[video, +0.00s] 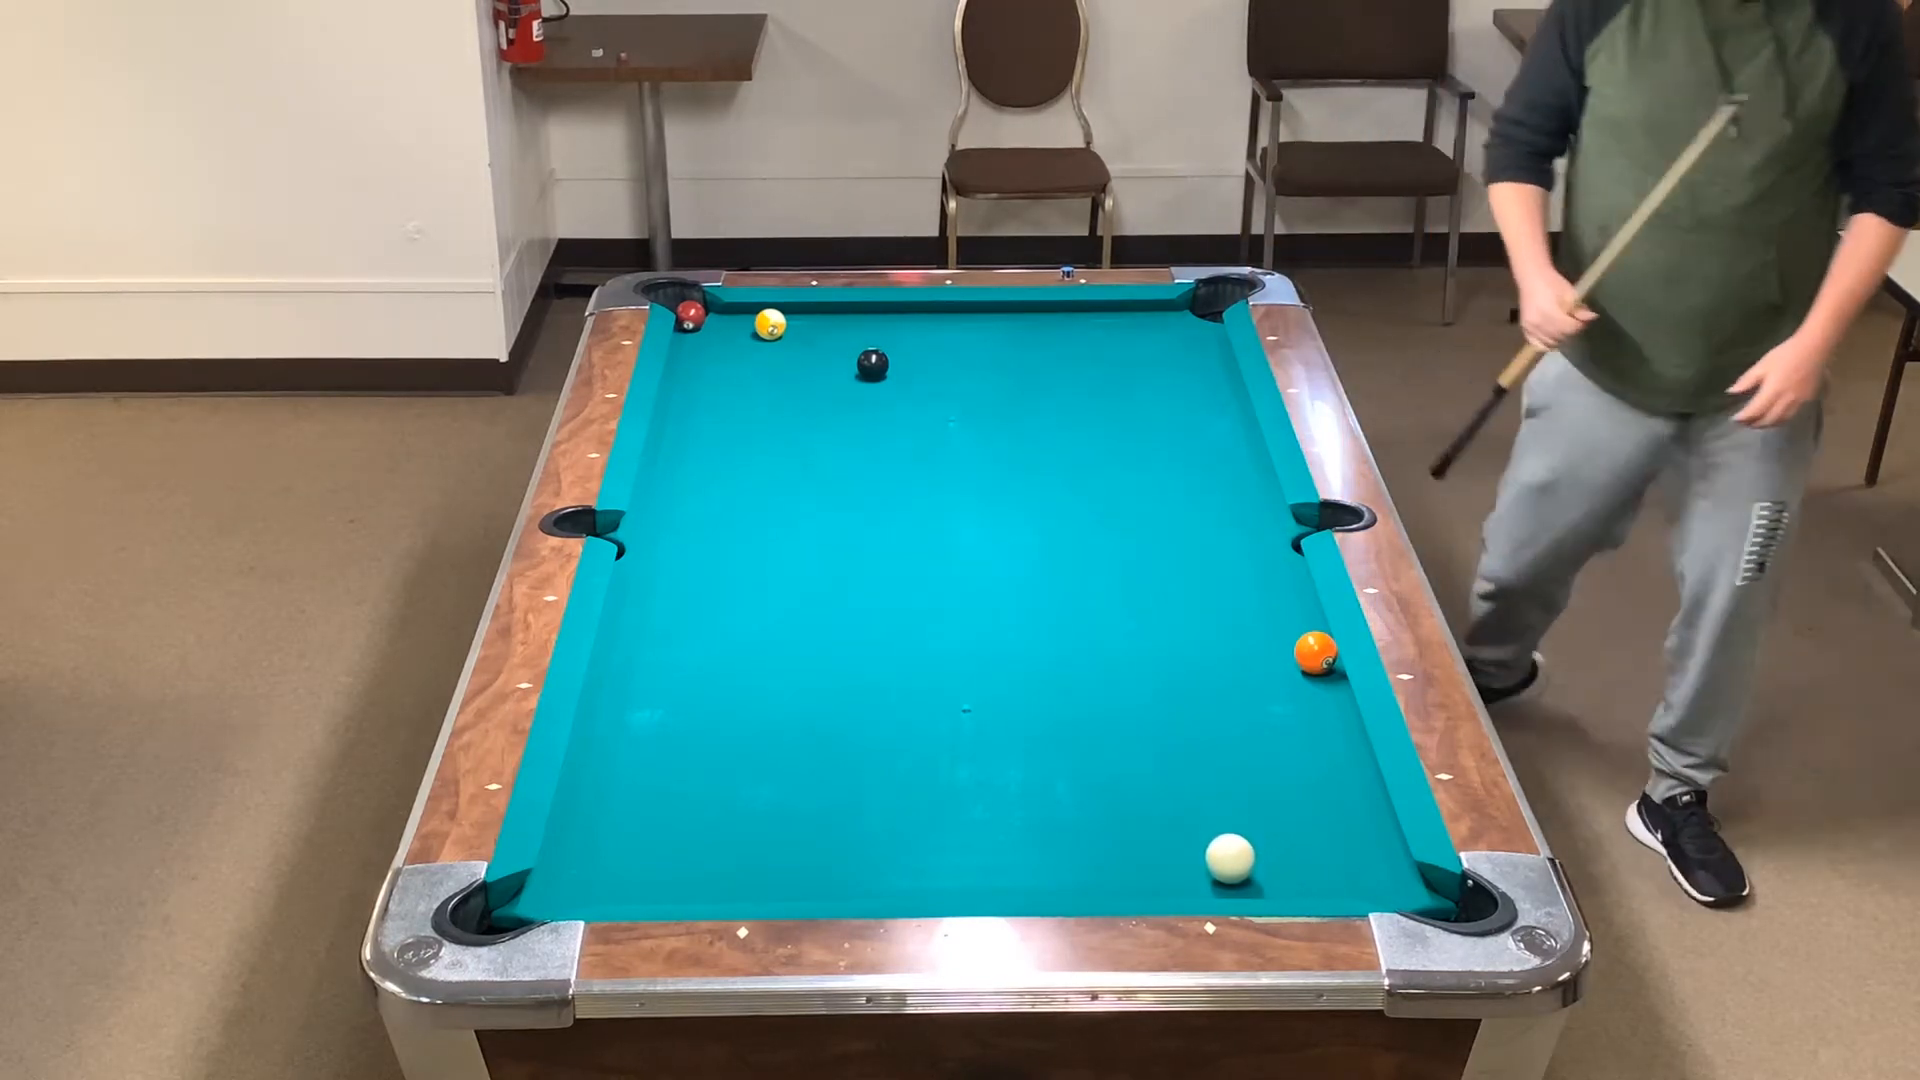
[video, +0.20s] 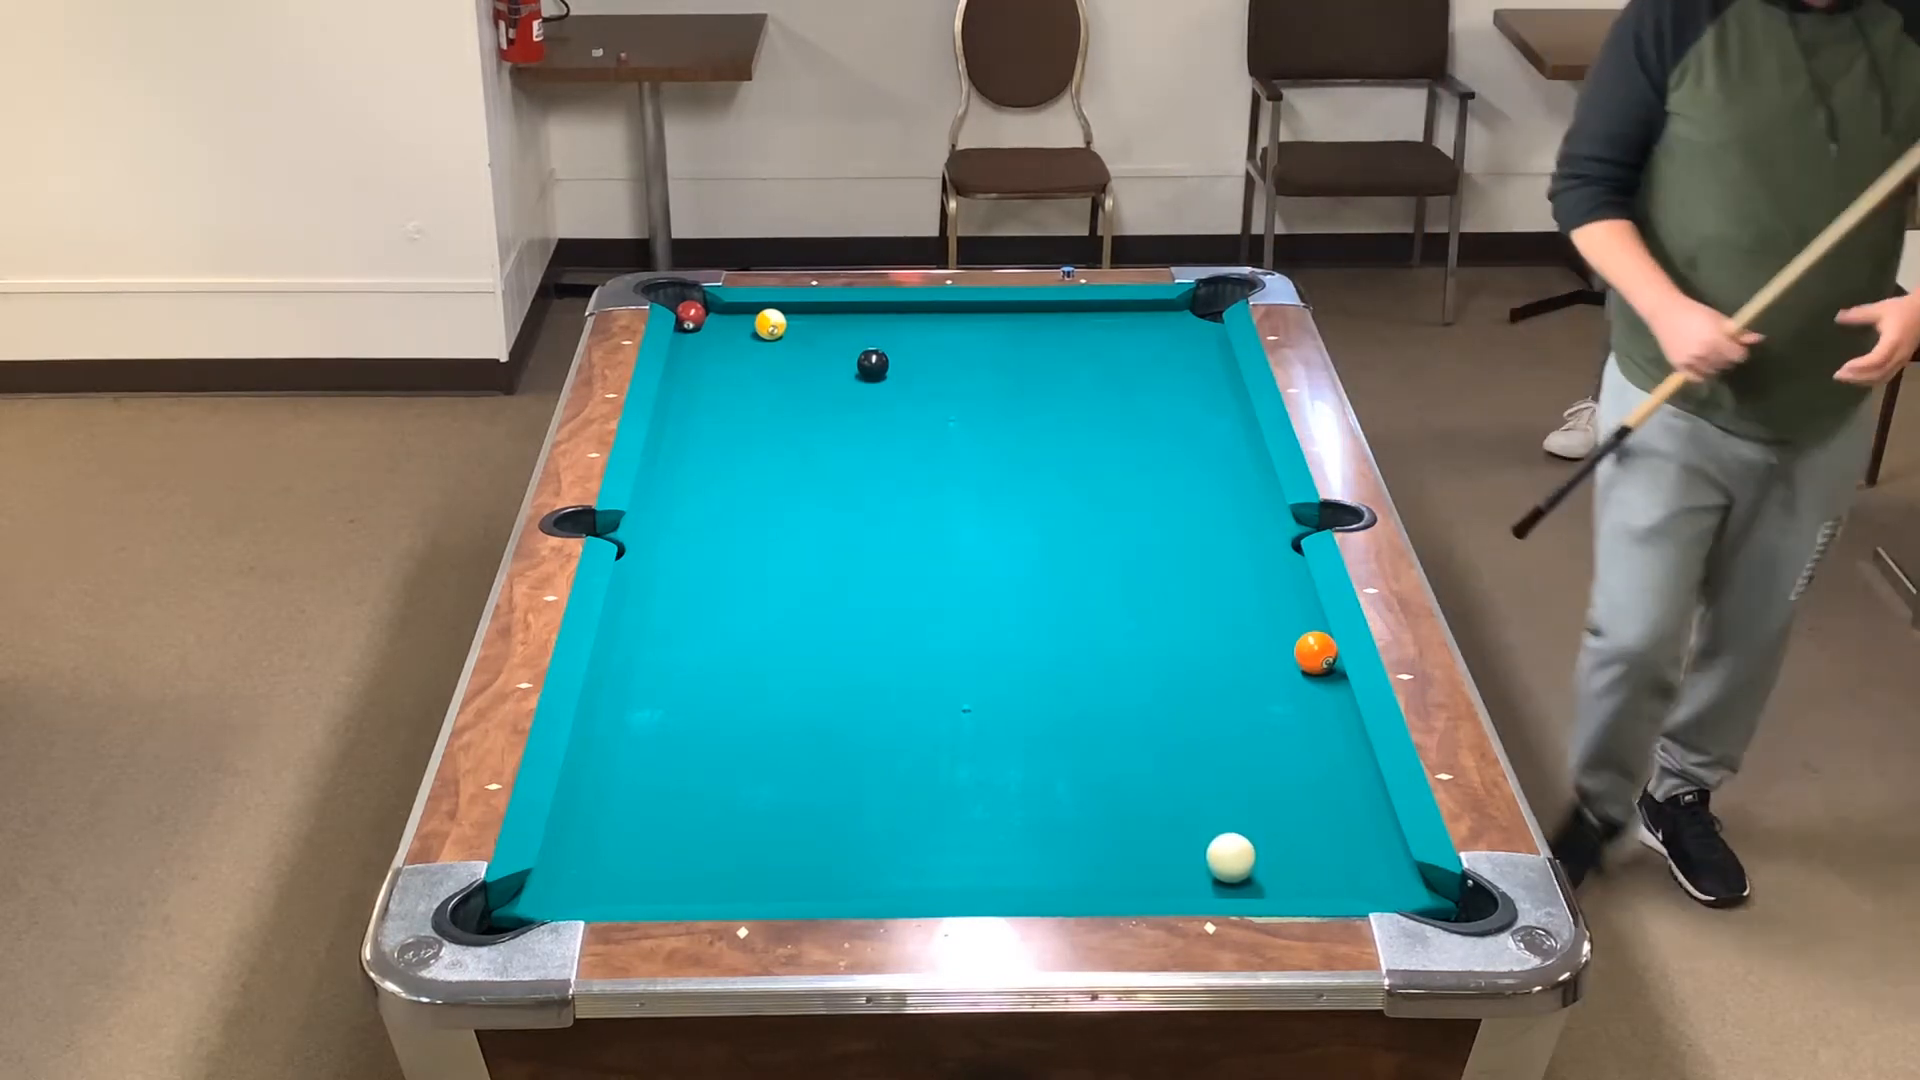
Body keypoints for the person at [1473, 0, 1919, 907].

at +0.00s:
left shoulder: (1852, 16)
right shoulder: (1597, 6)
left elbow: (1890, 188)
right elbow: (1517, 144)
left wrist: (1812, 345)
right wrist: (1533, 274)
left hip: (1762, 378)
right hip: (1603, 355)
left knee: (1729, 594)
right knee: (1515, 562)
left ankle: (1678, 790)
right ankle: (1494, 666)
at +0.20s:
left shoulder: (1904, 40)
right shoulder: (1678, 14)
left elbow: (1918, 202)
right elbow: (1583, 186)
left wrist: (1917, 302)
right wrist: (1670, 311)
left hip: (1826, 412)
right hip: (1674, 395)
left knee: (1753, 628)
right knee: (1635, 635)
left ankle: (1683, 793)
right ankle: (1597, 811)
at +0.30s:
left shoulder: (1915, 44)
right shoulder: (1718, 23)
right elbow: (1618, 213)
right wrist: (1740, 330)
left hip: (1855, 420)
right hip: (1709, 413)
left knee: (1766, 657)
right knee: (1703, 675)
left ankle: (1682, 815)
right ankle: (1675, 911)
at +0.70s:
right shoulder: (1880, 82)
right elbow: (1750, 299)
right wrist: (1893, 421)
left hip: (1914, 509)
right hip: (1843, 502)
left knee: (1907, 754)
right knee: (1823, 774)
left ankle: (1779, 802)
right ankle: (1781, 995)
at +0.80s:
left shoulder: (1894, 107)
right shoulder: (1898, 107)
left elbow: (1814, 312)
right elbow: (1807, 314)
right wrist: (1916, 416)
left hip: (1895, 506)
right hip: (1869, 508)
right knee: (1844, 783)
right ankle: (1778, 995)